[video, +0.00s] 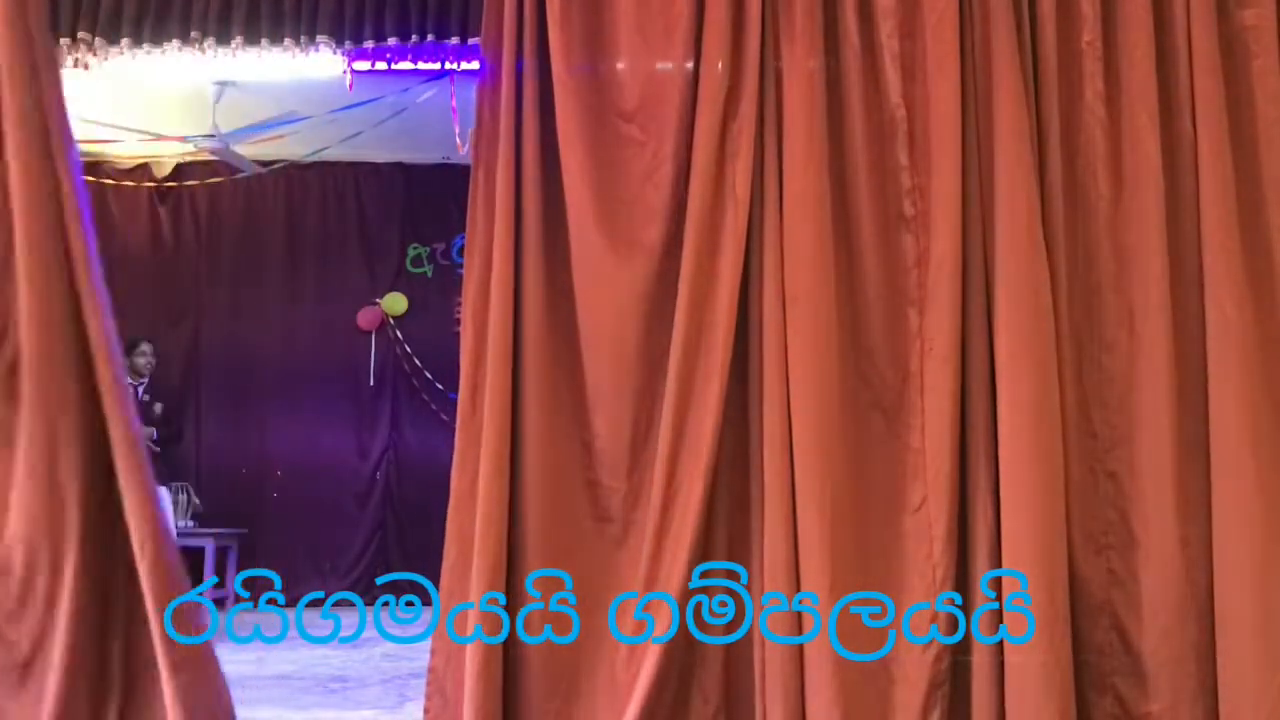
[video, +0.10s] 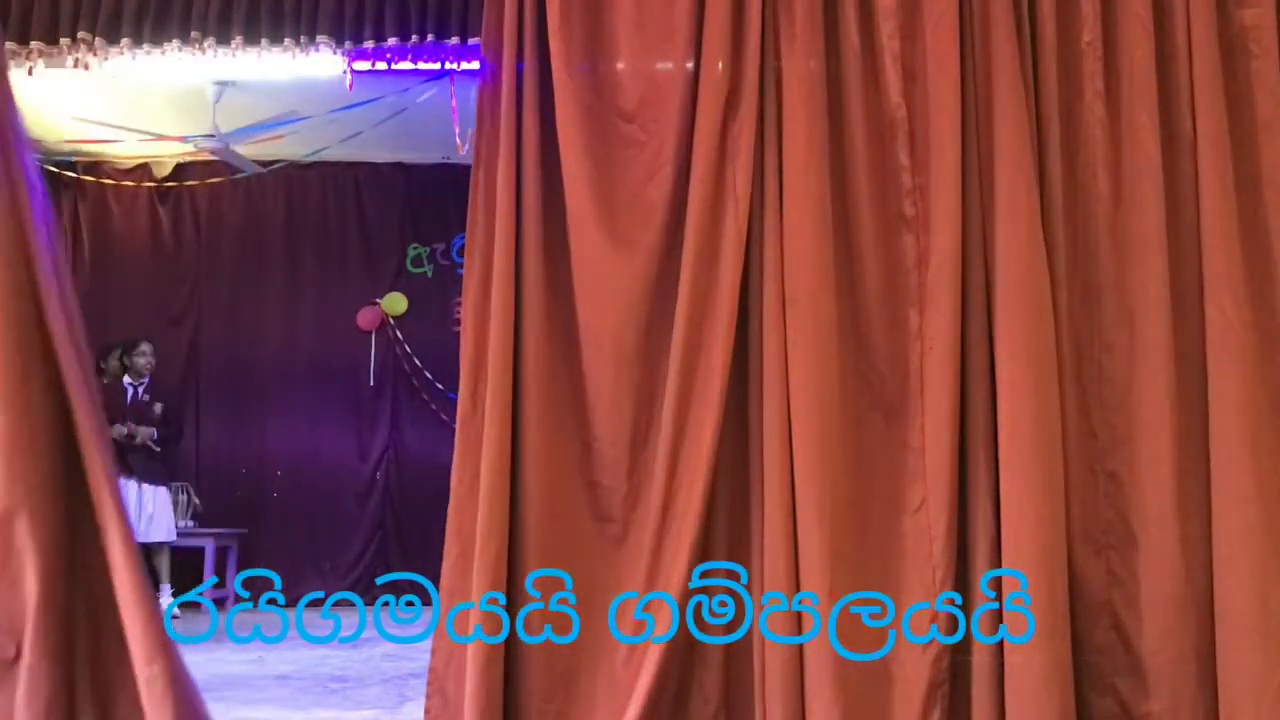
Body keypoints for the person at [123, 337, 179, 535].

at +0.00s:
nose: (149, 360)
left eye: (152, 356)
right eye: (142, 355)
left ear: (156, 361)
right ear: (128, 359)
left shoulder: (162, 392)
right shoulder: (115, 390)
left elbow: (175, 432)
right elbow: (110, 430)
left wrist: (150, 433)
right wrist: (135, 434)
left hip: (154, 474)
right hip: (122, 473)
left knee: (166, 537)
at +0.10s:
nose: (148, 361)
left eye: (151, 356)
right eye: (141, 355)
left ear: (155, 360)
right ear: (127, 360)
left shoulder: (163, 393)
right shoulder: (109, 392)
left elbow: (174, 432)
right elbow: (96, 425)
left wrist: (149, 433)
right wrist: (114, 432)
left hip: (153, 476)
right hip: (119, 474)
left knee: (159, 540)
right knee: (120, 540)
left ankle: (165, 594)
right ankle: (120, 599)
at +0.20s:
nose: (148, 360)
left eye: (151, 356)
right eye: (141, 355)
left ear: (154, 361)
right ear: (127, 359)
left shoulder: (162, 394)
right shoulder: (105, 392)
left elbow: (174, 433)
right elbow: (90, 431)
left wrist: (151, 433)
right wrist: (109, 432)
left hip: (152, 475)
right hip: (114, 474)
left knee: (159, 539)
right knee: (120, 539)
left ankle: (165, 594)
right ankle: (127, 595)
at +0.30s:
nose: (147, 359)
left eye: (151, 355)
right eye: (141, 354)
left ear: (154, 360)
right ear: (127, 358)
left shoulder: (163, 394)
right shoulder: (105, 392)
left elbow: (175, 432)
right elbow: (92, 428)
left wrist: (150, 434)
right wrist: (111, 431)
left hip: (152, 475)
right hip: (114, 472)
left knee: (160, 539)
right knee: (110, 537)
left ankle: (166, 595)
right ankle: (104, 596)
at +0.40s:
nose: (146, 359)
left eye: (150, 354)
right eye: (140, 354)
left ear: (155, 360)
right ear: (127, 358)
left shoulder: (164, 394)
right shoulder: (106, 391)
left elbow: (175, 433)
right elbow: (92, 427)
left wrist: (150, 433)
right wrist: (109, 431)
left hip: (151, 474)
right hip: (114, 473)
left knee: (159, 539)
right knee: (108, 537)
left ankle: (166, 596)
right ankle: (102, 598)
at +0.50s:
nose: (146, 359)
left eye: (150, 354)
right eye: (140, 354)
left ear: (154, 360)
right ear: (127, 358)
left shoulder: (164, 393)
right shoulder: (106, 391)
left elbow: (175, 432)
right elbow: (92, 428)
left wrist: (150, 433)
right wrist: (109, 431)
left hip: (152, 474)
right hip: (114, 472)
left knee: (159, 539)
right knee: (108, 537)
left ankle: (166, 596)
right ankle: (102, 598)